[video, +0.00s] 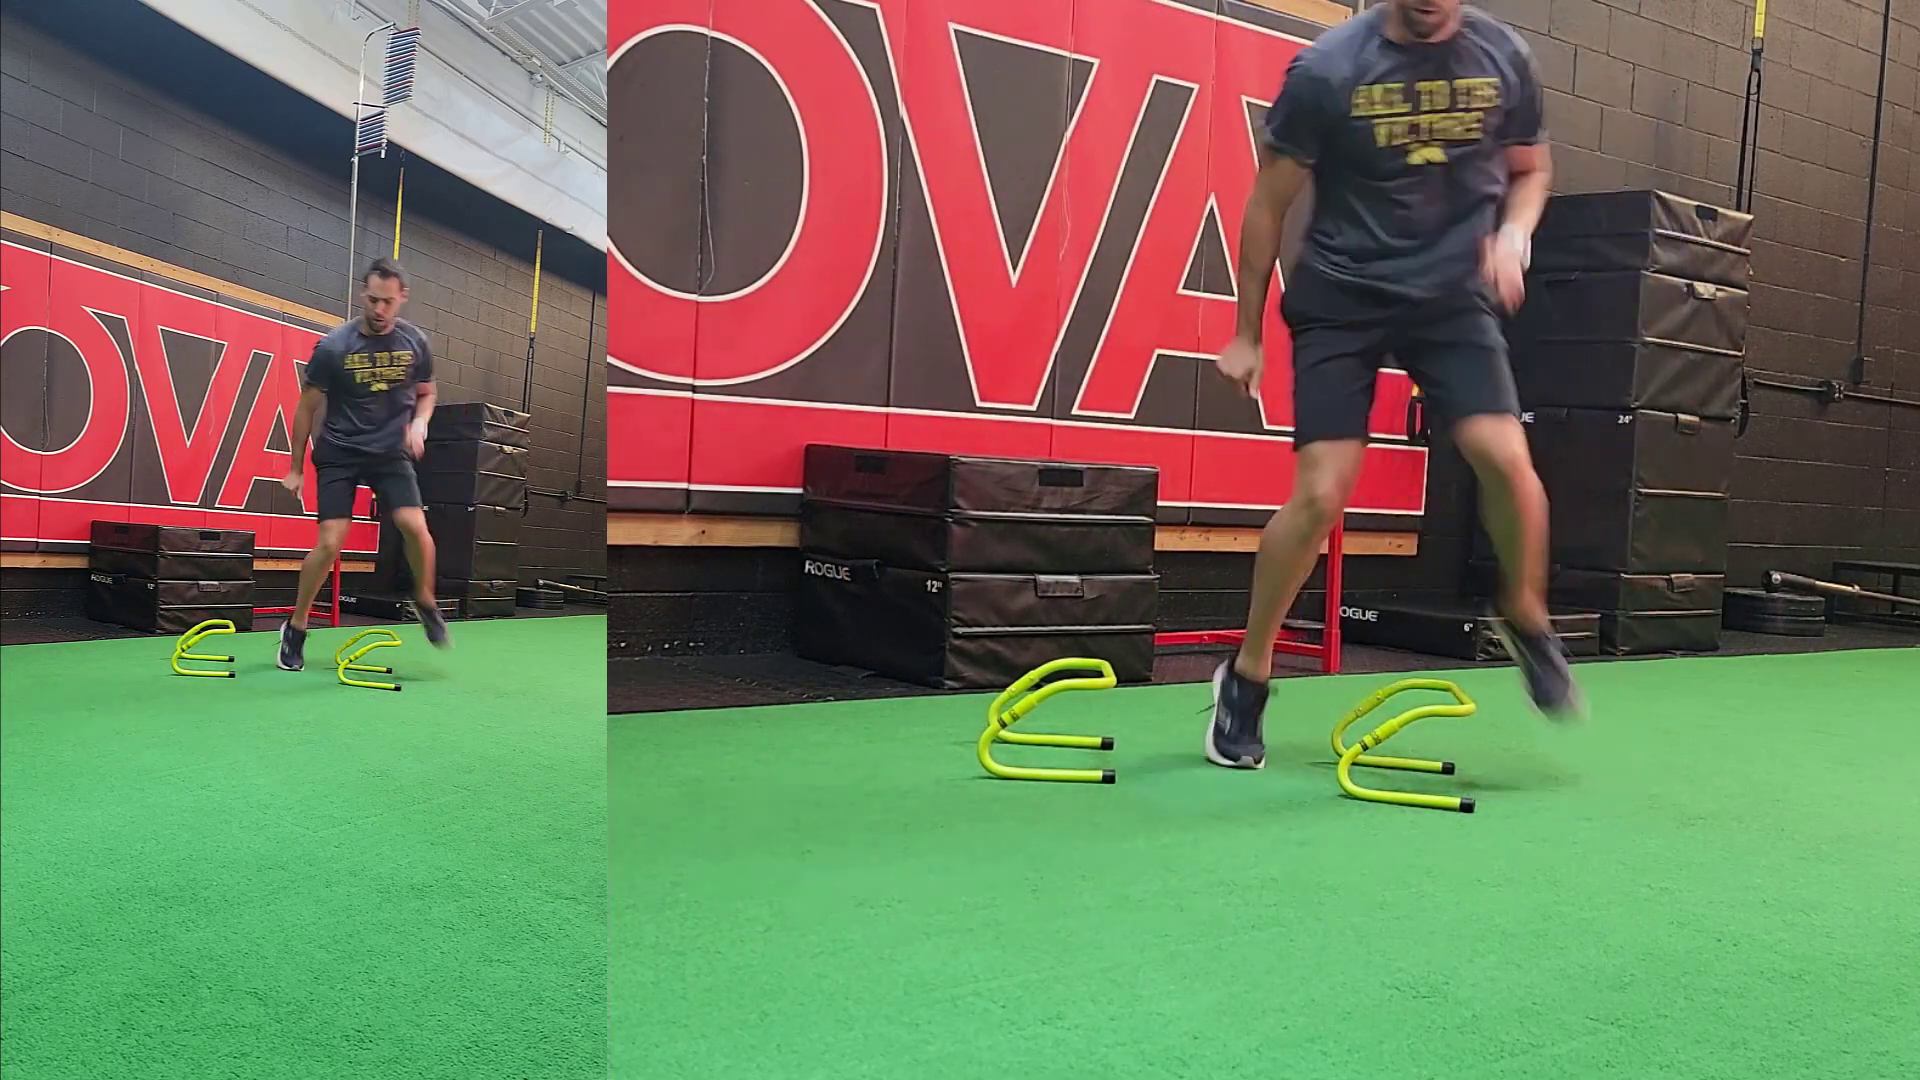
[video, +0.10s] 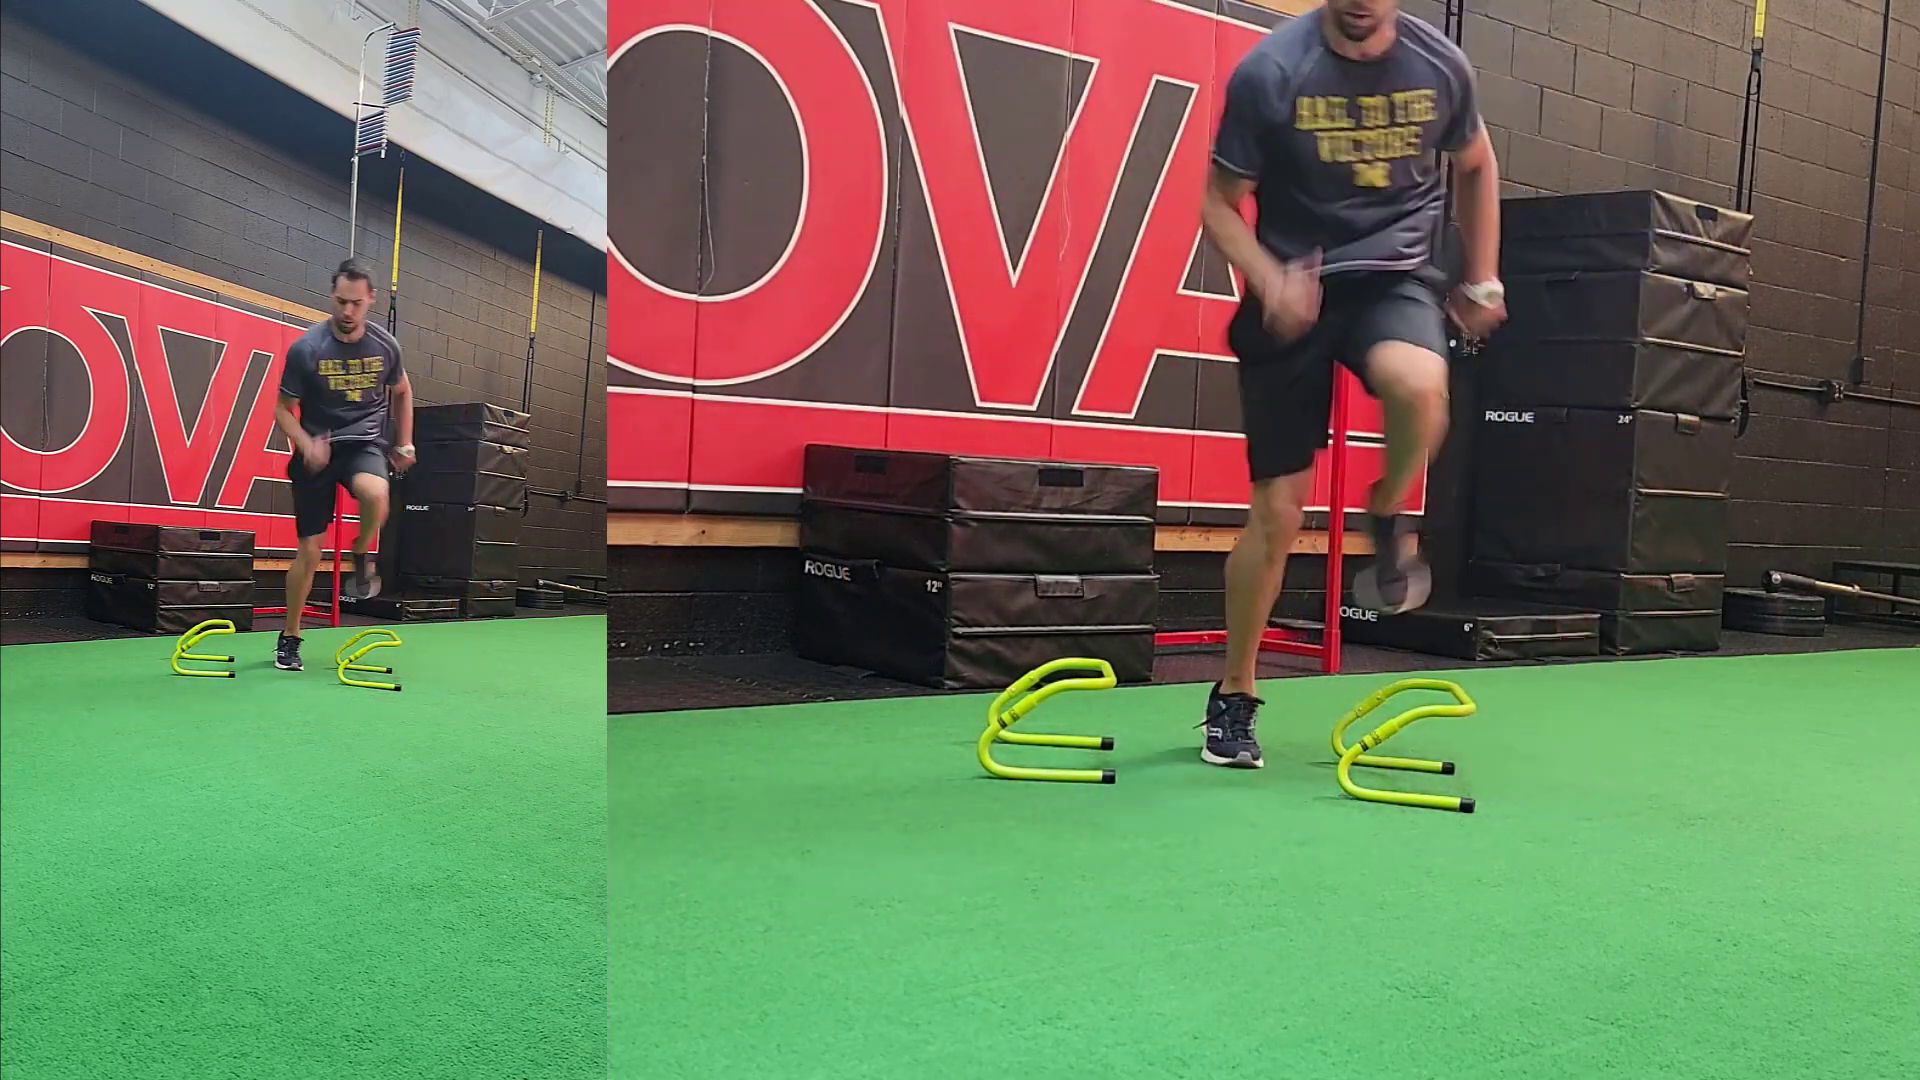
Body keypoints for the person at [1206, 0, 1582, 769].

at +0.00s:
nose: (1432, 5)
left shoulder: (1503, 56)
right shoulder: (1326, 69)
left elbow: (1531, 169)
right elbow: (1269, 200)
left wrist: (1513, 234)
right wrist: (1245, 333)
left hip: (1453, 299)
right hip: (1340, 300)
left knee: (1507, 460)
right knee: (1321, 496)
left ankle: (1526, 617)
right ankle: (1249, 677)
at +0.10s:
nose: (1363, 13)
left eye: (1377, 6)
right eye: (1349, 7)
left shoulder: (1443, 68)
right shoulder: (1267, 75)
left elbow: (1475, 166)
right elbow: (1219, 204)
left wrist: (1484, 278)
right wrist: (1270, 279)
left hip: (1397, 280)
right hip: (1292, 282)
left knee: (1418, 387)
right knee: (1279, 511)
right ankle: (1236, 694)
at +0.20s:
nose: (1325, 4)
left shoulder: (1400, 40)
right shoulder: (1215, 37)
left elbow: (1427, 137)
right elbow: (1169, 159)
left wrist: (1422, 248)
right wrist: (1225, 192)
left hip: (1335, 266)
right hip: (1230, 269)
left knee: (1327, 419)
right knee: (1226, 460)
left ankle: (1303, 629)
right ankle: (1222, 657)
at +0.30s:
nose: (1252, 9)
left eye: (1265, 3)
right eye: (1238, 2)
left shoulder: (1340, 57)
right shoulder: (1159, 41)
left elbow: (1363, 180)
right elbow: (1119, 155)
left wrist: (1352, 297)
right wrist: (1114, 248)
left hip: (1280, 287)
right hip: (1176, 274)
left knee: (1259, 486)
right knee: (1141, 408)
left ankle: (1272, 705)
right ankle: (1177, 505)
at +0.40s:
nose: (1191, 8)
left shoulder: (1290, 69)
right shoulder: (1111, 54)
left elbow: (1328, 198)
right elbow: (1066, 155)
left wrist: (1313, 325)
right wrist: (1063, 225)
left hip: (1231, 305)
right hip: (1124, 279)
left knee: (1235, 504)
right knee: (1053, 391)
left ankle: (1266, 712)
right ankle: (1071, 479)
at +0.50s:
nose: (1127, 11)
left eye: (1143, 3)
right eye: (1114, 2)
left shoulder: (1224, 62)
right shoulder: (1043, 46)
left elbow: (1283, 185)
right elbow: (1008, 150)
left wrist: (1273, 314)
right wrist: (1020, 216)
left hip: (1172, 281)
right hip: (1066, 270)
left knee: (1175, 450)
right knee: (988, 437)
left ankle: (1225, 632)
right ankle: (911, 614)